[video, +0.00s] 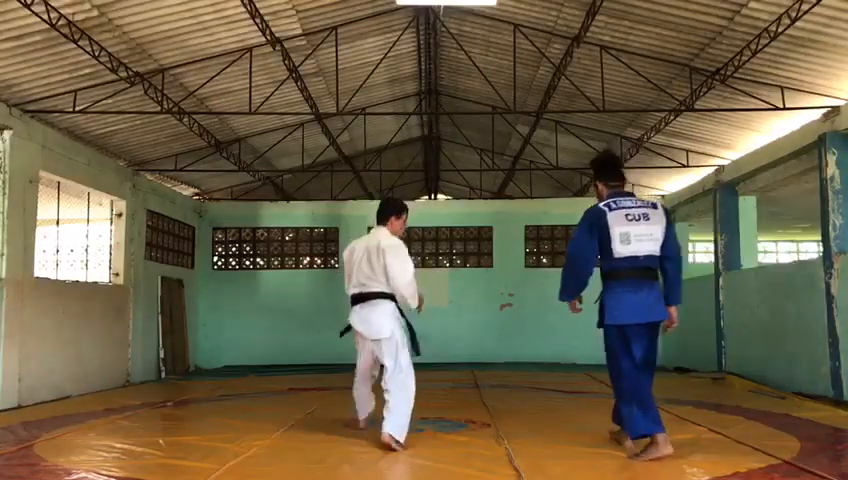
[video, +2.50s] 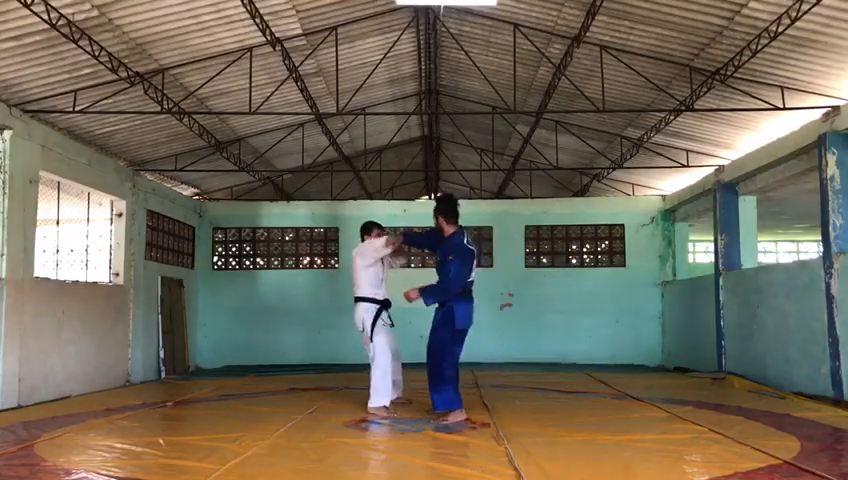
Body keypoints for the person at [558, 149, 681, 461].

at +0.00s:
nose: (595, 192)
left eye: (594, 186)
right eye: (595, 187)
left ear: (600, 186)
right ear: (626, 182)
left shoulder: (598, 213)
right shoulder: (657, 210)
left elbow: (579, 256)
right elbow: (671, 258)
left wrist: (571, 291)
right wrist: (672, 302)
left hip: (619, 302)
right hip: (653, 300)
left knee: (626, 369)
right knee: (642, 366)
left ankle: (660, 439)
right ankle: (625, 429)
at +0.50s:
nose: (551, 194)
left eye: (553, 189)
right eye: (552, 189)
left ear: (563, 193)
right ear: (579, 192)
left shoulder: (560, 223)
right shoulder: (602, 222)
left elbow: (551, 265)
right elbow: (613, 265)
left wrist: (544, 305)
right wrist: (605, 298)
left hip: (567, 304)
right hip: (597, 302)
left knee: (558, 364)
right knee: (607, 363)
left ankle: (553, 421)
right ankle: (621, 421)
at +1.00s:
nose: (512, 202)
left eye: (513, 197)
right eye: (513, 197)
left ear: (520, 199)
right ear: (536, 199)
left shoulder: (519, 227)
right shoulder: (556, 228)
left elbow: (510, 264)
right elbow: (562, 269)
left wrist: (486, 285)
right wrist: (553, 297)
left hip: (528, 300)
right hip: (550, 299)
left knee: (529, 360)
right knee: (542, 358)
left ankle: (549, 420)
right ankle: (537, 411)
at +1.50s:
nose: (480, 208)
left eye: (482, 204)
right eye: (481, 203)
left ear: (489, 206)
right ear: (500, 205)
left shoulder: (499, 231)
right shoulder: (512, 229)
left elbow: (500, 270)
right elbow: (489, 262)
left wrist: (473, 283)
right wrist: (457, 260)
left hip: (501, 302)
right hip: (515, 299)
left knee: (490, 356)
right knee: (510, 356)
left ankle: (493, 414)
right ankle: (528, 407)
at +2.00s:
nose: (453, 218)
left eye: (454, 213)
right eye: (454, 214)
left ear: (461, 214)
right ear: (470, 213)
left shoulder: (488, 240)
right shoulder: (465, 239)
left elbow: (485, 274)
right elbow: (442, 249)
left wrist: (454, 282)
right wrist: (413, 250)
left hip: (490, 302)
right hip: (476, 302)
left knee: (483, 354)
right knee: (471, 353)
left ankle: (492, 412)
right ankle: (478, 406)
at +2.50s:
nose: (435, 221)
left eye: (436, 218)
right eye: (436, 218)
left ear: (441, 219)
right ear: (453, 218)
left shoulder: (460, 247)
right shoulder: (447, 239)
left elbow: (453, 284)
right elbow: (425, 239)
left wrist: (422, 292)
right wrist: (402, 238)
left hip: (456, 307)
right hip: (447, 306)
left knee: (443, 356)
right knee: (437, 354)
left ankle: (455, 409)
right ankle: (447, 406)